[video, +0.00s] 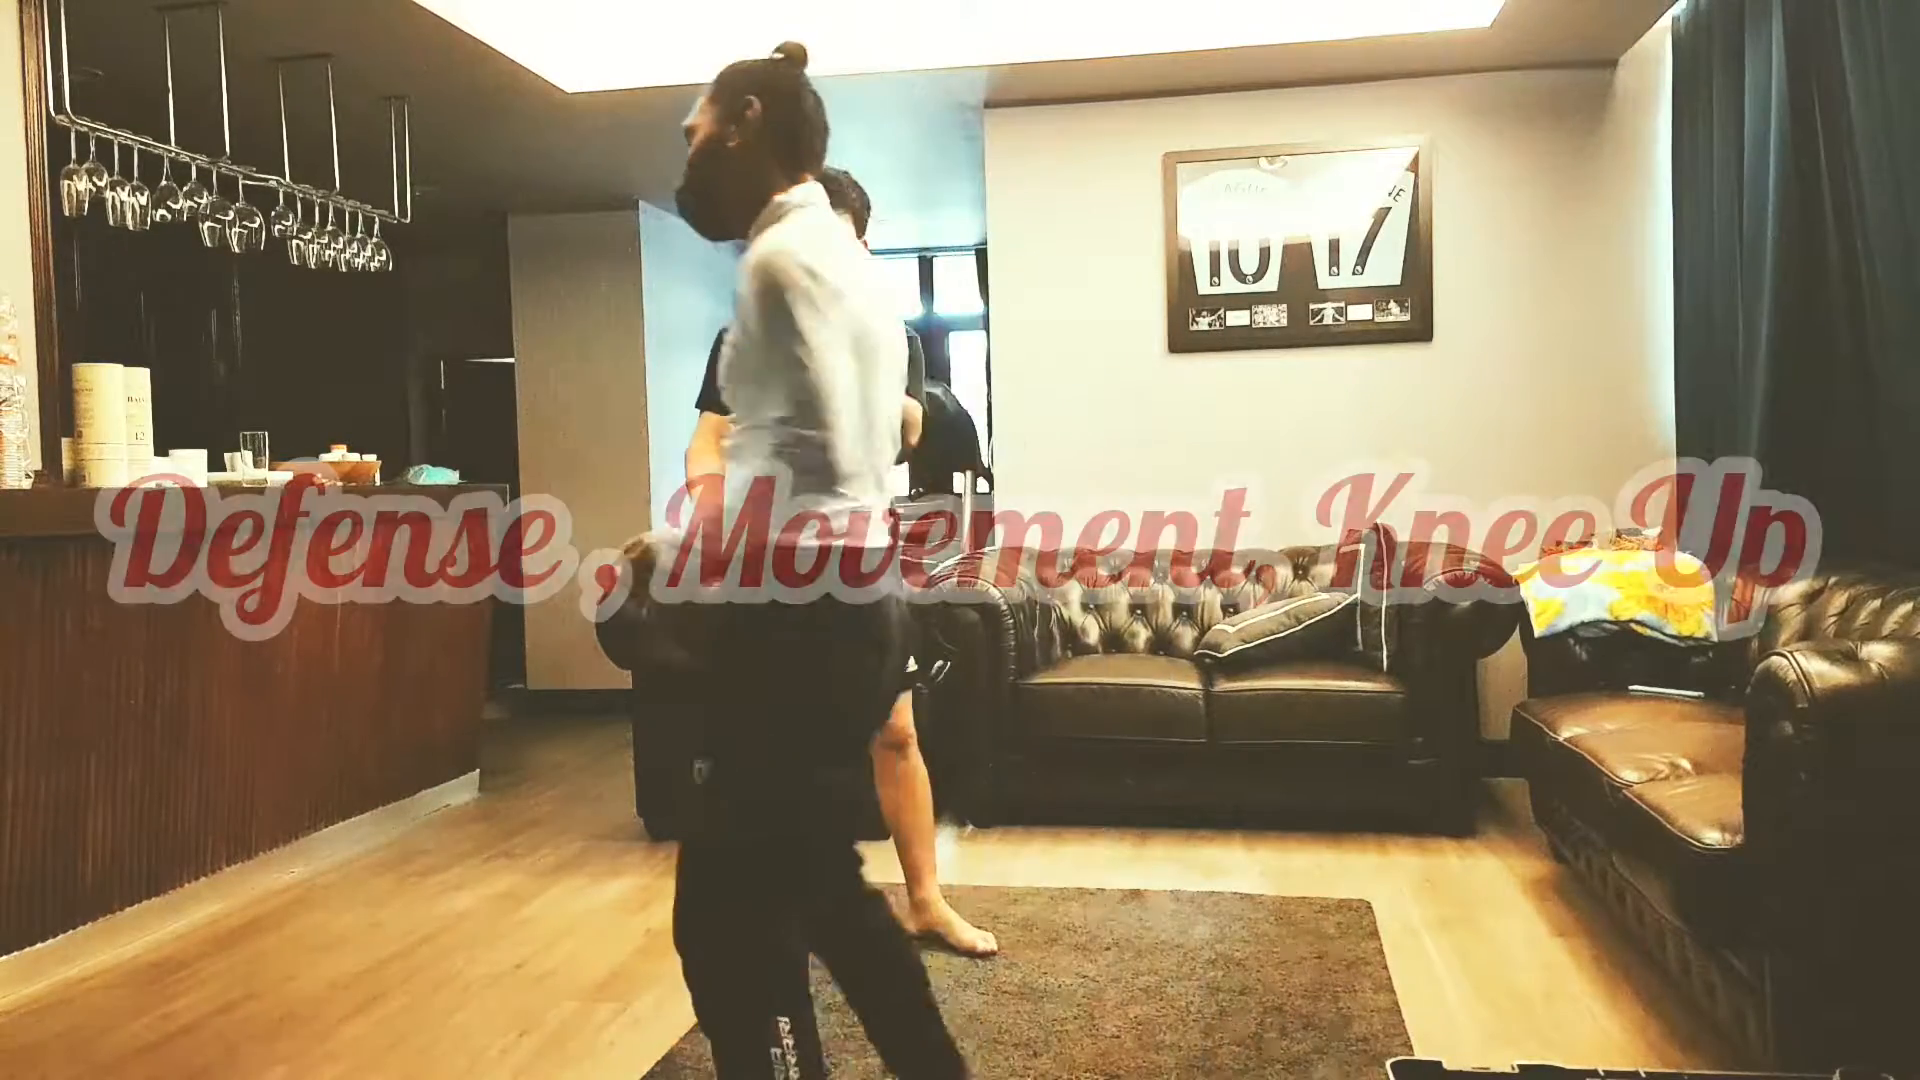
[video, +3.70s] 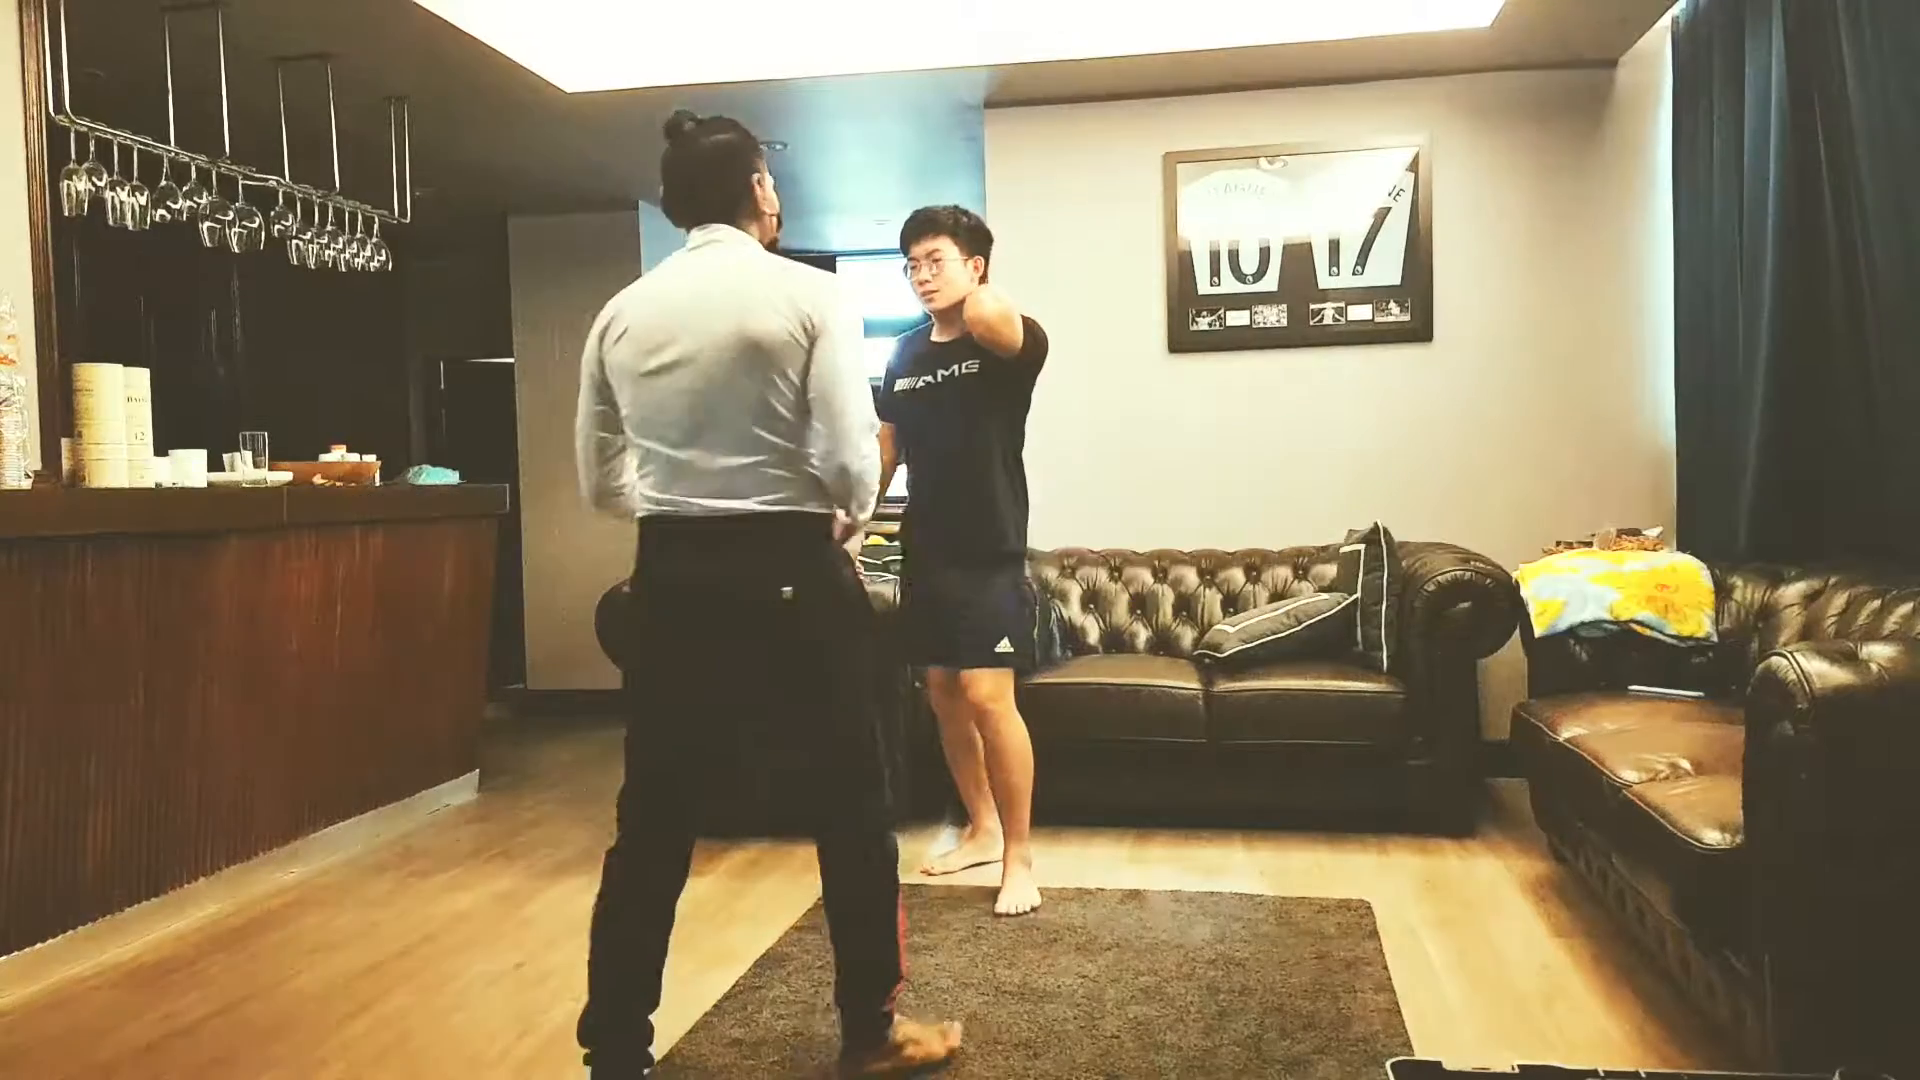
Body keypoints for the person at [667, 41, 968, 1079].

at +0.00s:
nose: (683, 159)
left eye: (698, 136)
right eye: (687, 138)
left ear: (752, 131)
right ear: (774, 138)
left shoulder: (785, 256)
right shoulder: (837, 256)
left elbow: (832, 468)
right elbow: (857, 457)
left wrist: (683, 567)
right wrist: (686, 548)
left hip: (802, 625)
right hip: (840, 619)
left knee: (717, 910)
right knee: (820, 883)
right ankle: (936, 1066)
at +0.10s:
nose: (650, 159)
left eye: (657, 131)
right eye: (652, 133)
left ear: (703, 121)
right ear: (764, 133)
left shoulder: (730, 246)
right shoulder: (834, 246)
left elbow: (695, 421)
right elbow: (896, 426)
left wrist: (599, 481)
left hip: (764, 605)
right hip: (835, 597)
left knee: (715, 881)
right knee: (771, 857)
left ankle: (748, 1064)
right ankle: (890, 1055)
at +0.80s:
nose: (792, 202)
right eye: (790, 185)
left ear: (674, 170)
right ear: (778, 182)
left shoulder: (603, 266)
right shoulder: (844, 287)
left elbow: (576, 450)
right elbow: (897, 471)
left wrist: (651, 376)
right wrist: (853, 563)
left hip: (661, 624)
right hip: (804, 629)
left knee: (629, 863)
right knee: (787, 883)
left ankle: (647, 1065)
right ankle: (785, 1065)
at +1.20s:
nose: (796, 221)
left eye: (794, 210)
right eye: (795, 208)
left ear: (688, 201)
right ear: (770, 196)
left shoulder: (600, 282)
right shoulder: (788, 258)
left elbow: (460, 382)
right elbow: (853, 328)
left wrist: (569, 492)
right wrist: (873, 476)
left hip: (643, 598)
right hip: (777, 596)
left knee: (662, 858)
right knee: (823, 855)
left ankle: (672, 1064)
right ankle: (777, 1064)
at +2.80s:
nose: (806, 171)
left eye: (799, 155)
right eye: (800, 155)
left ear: (698, 170)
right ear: (780, 166)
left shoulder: (617, 288)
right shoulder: (833, 277)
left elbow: (584, 483)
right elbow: (921, 453)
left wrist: (642, 564)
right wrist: (912, 586)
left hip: (681, 634)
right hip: (818, 632)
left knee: (660, 872)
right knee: (831, 880)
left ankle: (609, 1064)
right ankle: (831, 1060)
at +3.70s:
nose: (780, 194)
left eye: (773, 177)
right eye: (774, 178)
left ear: (674, 205)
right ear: (756, 190)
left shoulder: (620, 315)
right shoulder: (809, 294)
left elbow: (604, 482)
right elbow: (848, 465)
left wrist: (711, 496)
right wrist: (839, 512)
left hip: (671, 580)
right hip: (793, 575)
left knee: (651, 824)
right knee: (852, 805)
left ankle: (614, 1055)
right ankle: (872, 1025)